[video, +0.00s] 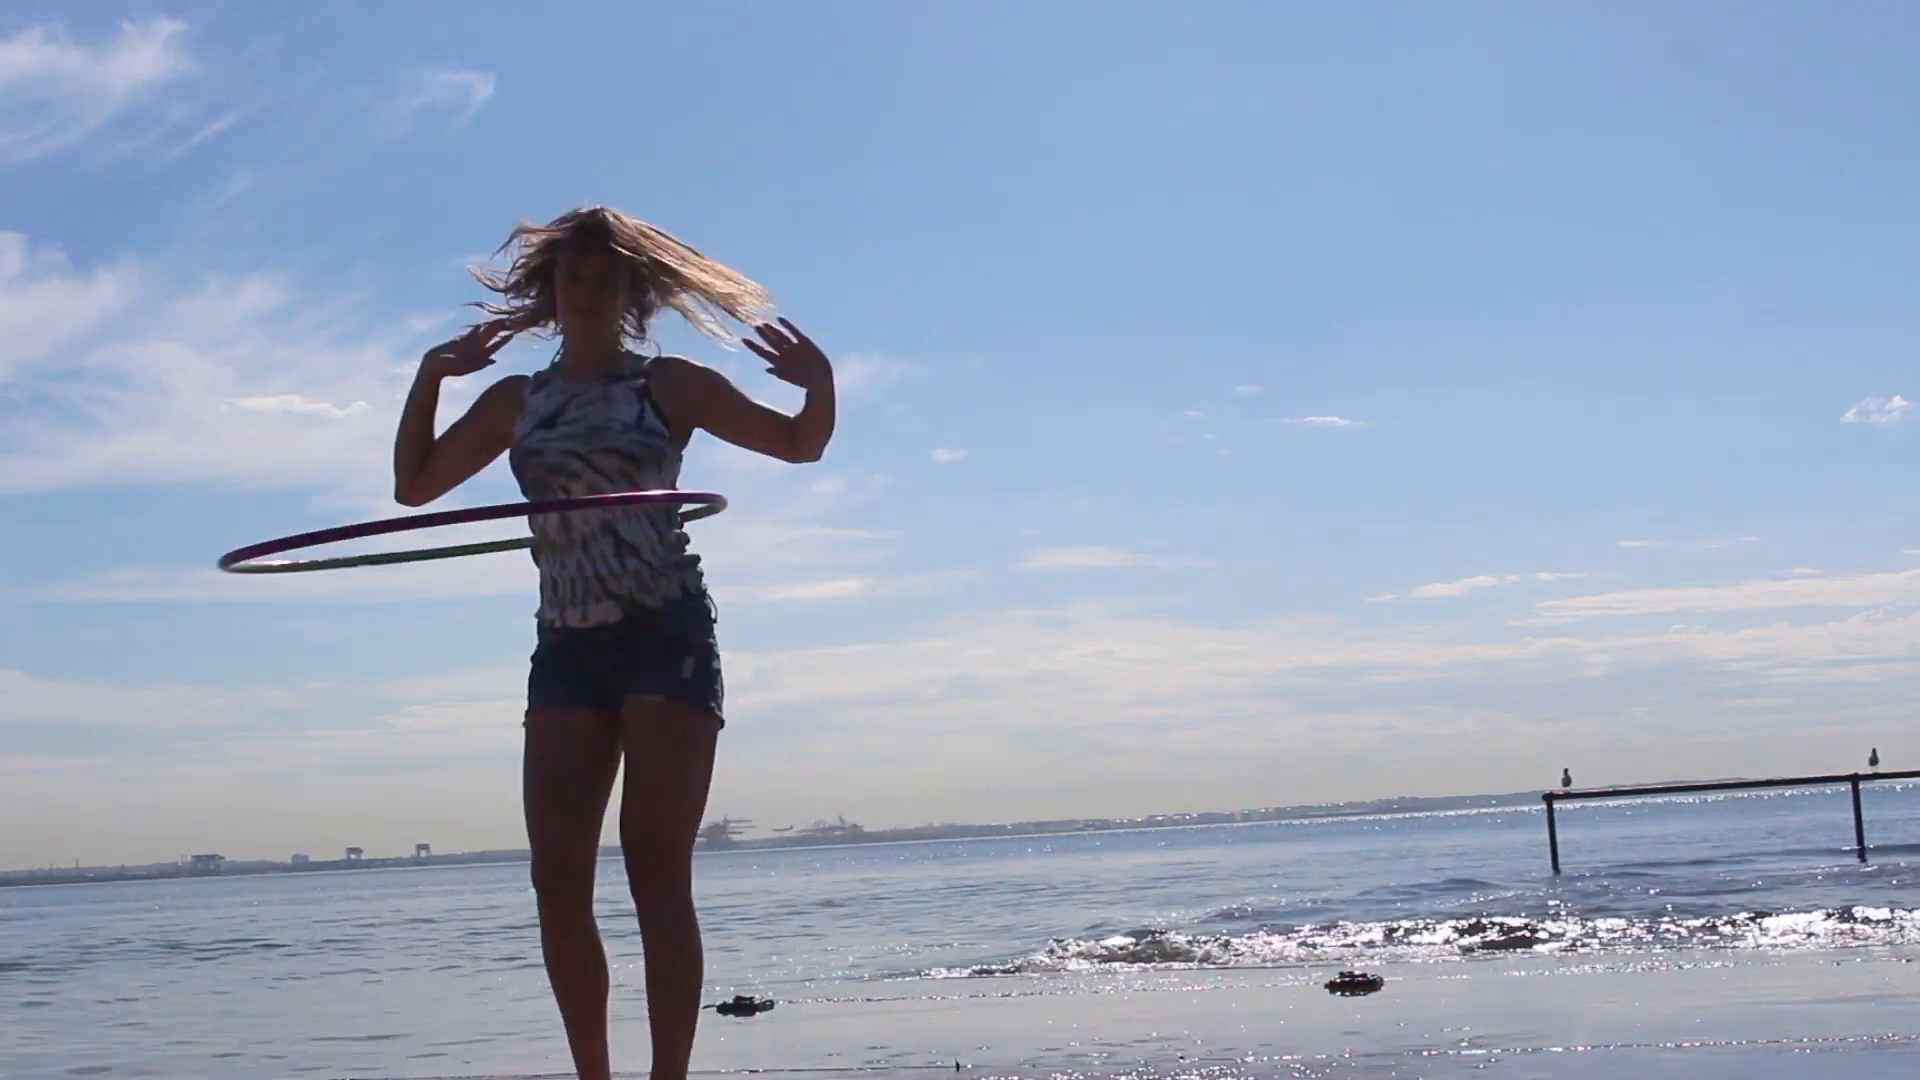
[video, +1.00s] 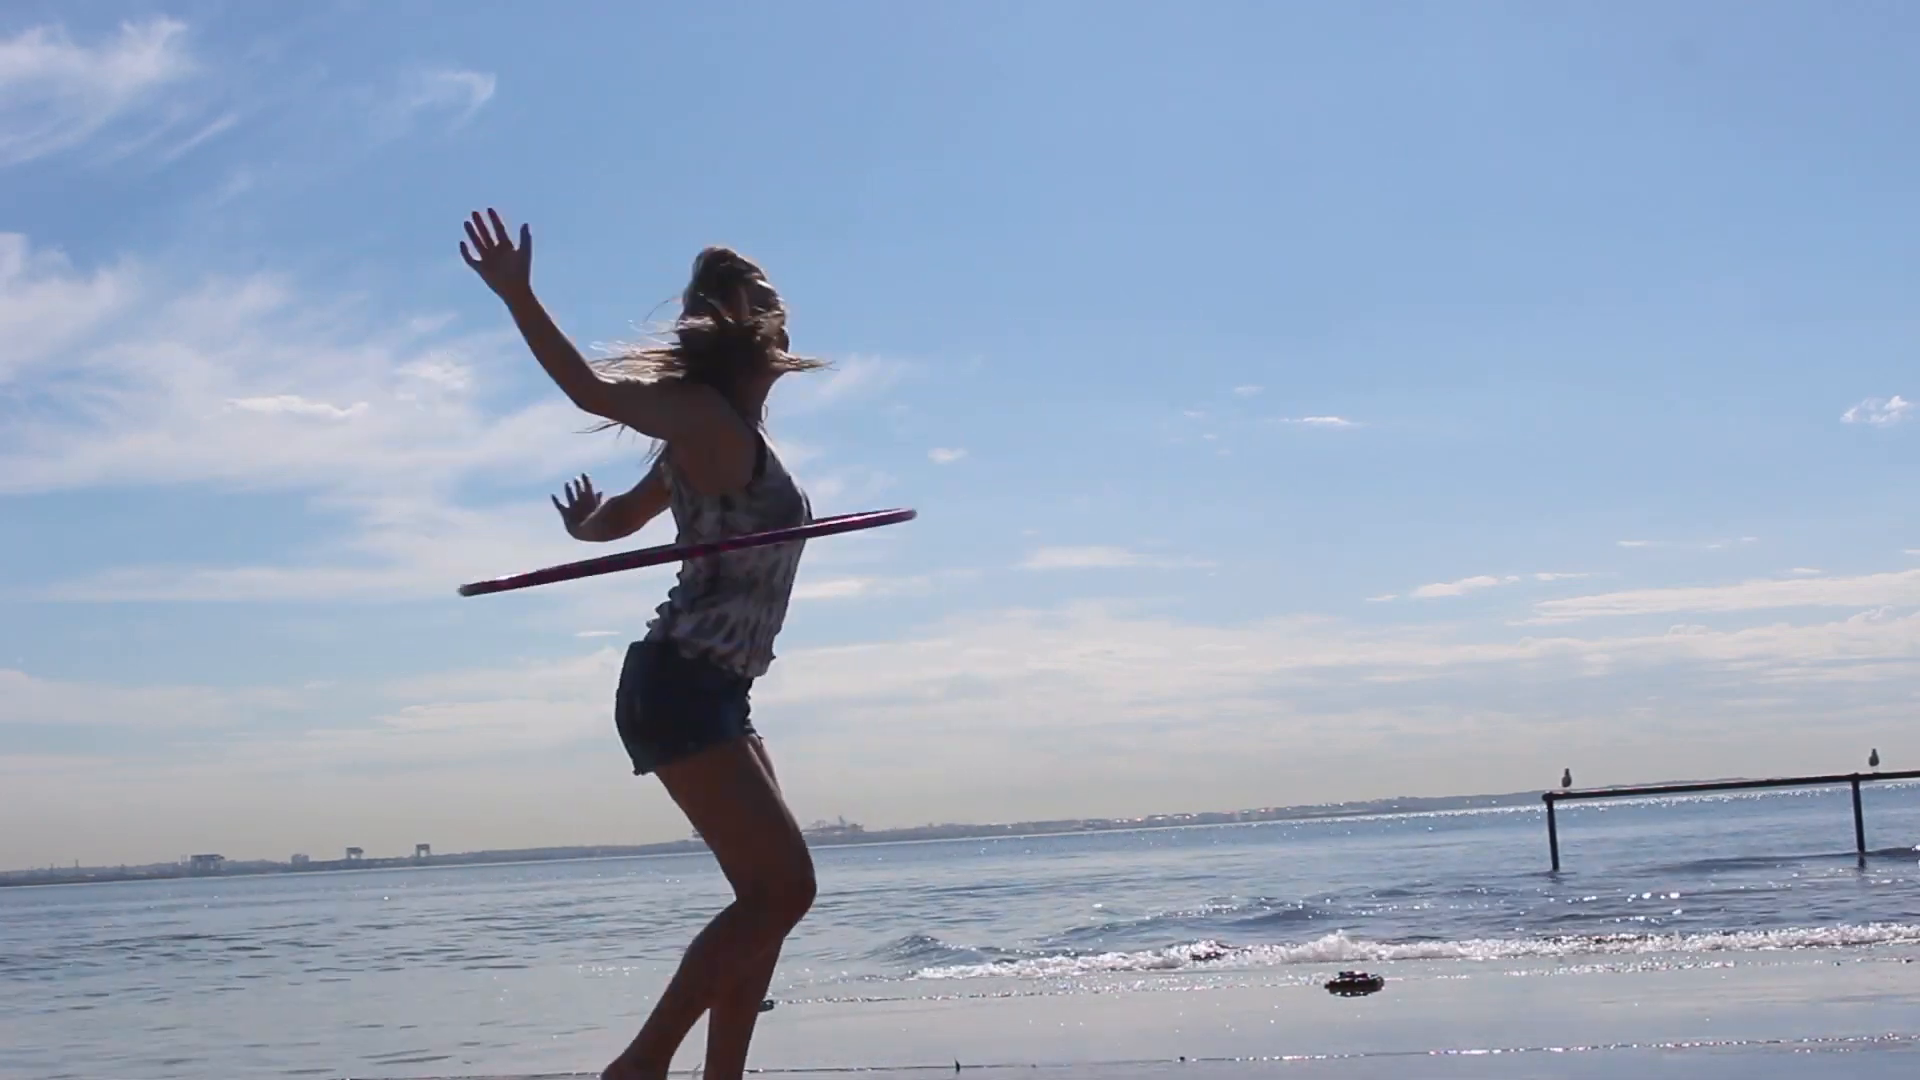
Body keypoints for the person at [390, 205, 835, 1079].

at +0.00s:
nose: (585, 288)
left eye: (601, 275)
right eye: (571, 274)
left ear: (630, 289)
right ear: (548, 287)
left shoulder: (671, 384)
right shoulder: (517, 400)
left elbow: (800, 445)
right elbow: (415, 483)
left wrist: (821, 380)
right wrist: (430, 373)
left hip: (666, 635)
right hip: (568, 643)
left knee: (656, 877)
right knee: (558, 884)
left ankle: (669, 1075)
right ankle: (594, 1075)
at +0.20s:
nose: (679, 347)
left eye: (687, 337)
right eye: (679, 331)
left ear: (633, 311)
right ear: (638, 313)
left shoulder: (602, 387)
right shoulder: (561, 378)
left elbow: (634, 410)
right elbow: (458, 418)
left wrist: (702, 378)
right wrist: (554, 354)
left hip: (622, 645)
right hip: (587, 644)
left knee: (666, 866)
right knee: (592, 872)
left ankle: (651, 1072)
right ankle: (519, 1072)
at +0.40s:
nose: (506, 395)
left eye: (503, 384)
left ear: (519, 379)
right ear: (574, 340)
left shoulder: (529, 442)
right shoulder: (661, 401)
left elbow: (412, 505)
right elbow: (764, 408)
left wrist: (417, 410)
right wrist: (729, 336)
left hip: (550, 682)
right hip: (646, 677)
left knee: (610, 893)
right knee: (708, 883)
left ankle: (620, 1067)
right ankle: (624, 1051)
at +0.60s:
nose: (560, 321)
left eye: (576, 311)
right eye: (566, 307)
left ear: (607, 329)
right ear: (617, 333)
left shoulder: (614, 402)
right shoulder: (603, 402)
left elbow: (686, 483)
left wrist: (616, 453)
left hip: (649, 651)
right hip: (660, 646)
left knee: (632, 884)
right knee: (597, 864)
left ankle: (623, 1072)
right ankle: (684, 1063)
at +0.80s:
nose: (732, 309)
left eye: (735, 300)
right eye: (715, 294)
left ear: (728, 323)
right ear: (667, 305)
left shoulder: (745, 394)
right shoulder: (606, 382)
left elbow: (873, 423)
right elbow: (497, 409)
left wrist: (999, 407)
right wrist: (419, 326)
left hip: (696, 651)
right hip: (599, 654)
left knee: (738, 869)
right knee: (634, 876)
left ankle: (721, 1071)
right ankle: (653, 1066)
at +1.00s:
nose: (785, 354)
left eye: (781, 338)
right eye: (775, 339)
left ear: (715, 343)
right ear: (750, 347)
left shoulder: (706, 437)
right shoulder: (708, 412)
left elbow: (622, 518)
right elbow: (593, 392)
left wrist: (586, 519)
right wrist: (517, 293)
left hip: (707, 687)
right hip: (679, 685)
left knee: (778, 888)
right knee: (779, 886)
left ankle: (721, 1075)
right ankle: (641, 1064)